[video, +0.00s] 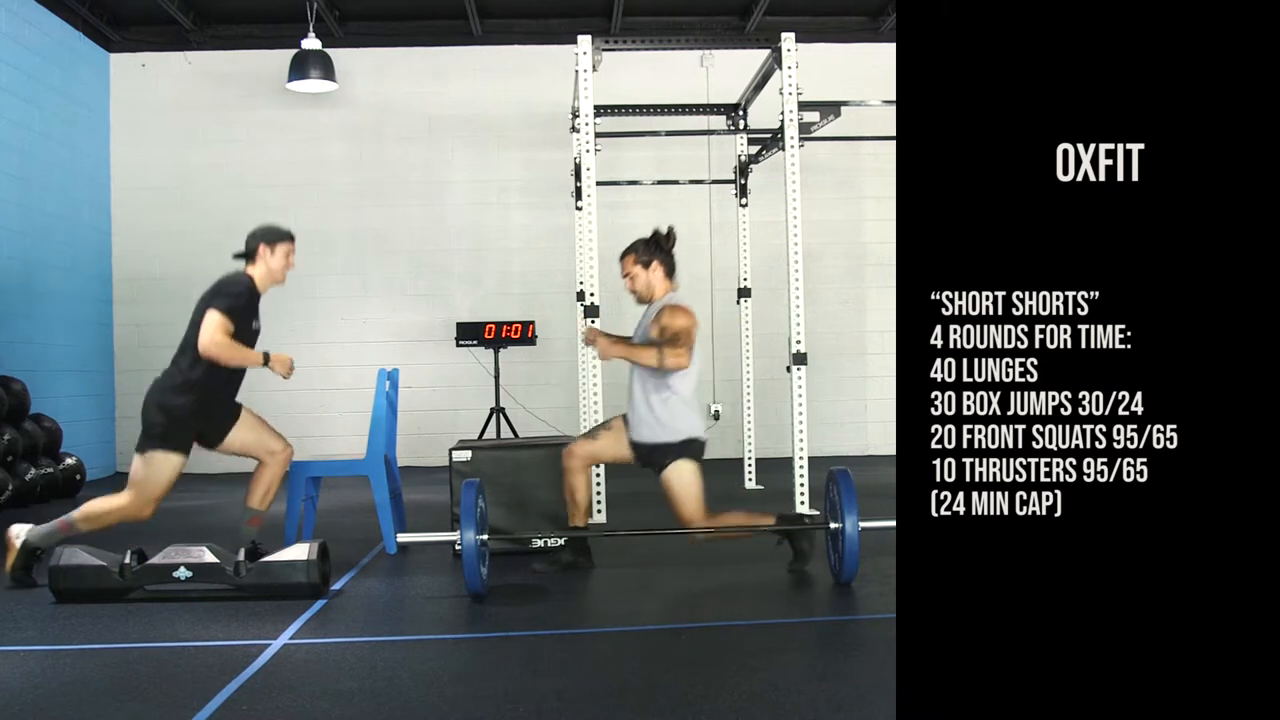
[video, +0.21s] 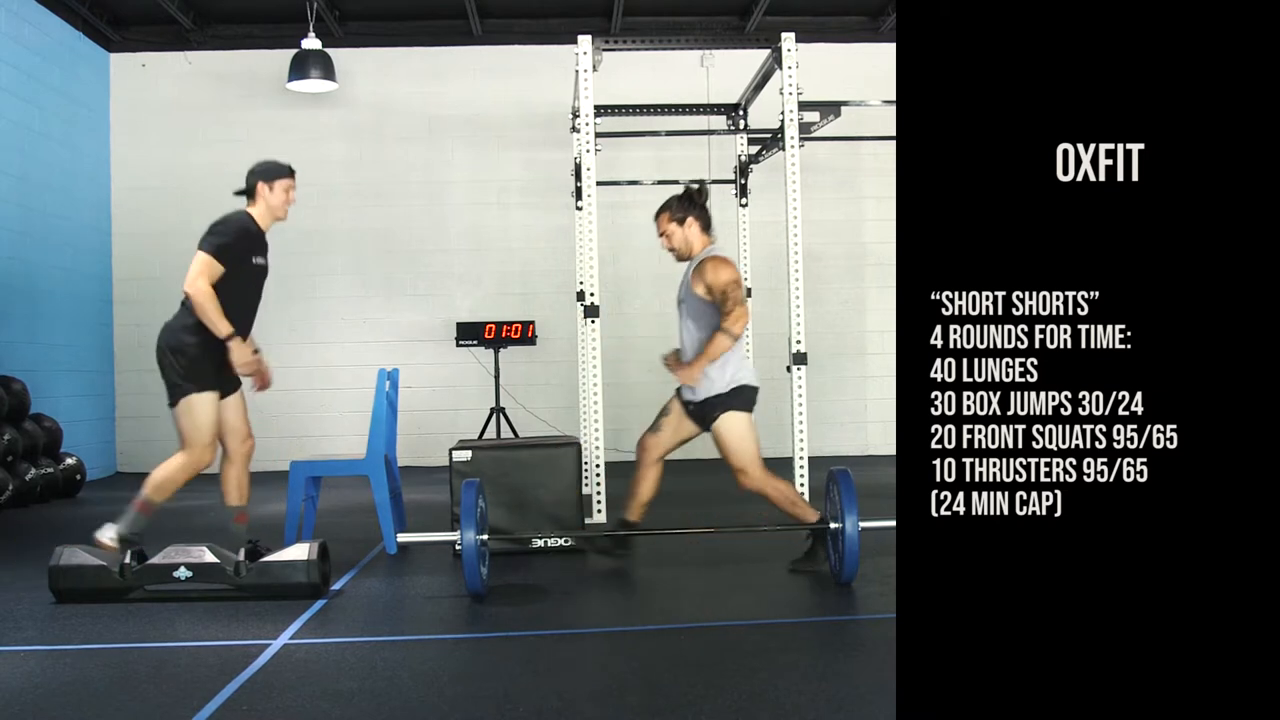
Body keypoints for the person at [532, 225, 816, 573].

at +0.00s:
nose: (626, 284)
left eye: (630, 275)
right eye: (624, 277)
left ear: (655, 269)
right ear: (652, 272)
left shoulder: (676, 314)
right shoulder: (654, 313)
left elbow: (678, 357)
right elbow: (650, 352)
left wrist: (616, 350)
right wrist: (607, 341)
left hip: (674, 438)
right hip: (642, 430)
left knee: (698, 527)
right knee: (575, 455)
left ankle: (789, 525)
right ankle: (577, 545)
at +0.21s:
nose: (664, 243)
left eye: (666, 234)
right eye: (661, 236)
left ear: (690, 225)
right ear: (689, 227)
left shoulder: (716, 267)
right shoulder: (695, 272)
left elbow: (737, 318)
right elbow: (713, 329)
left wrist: (697, 365)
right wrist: (683, 356)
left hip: (727, 389)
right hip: (699, 390)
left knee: (751, 476)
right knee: (649, 447)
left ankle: (820, 526)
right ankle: (625, 532)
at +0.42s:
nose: (682, 228)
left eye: (684, 219)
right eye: (680, 222)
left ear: (709, 210)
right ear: (707, 212)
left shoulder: (734, 253)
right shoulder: (718, 256)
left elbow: (772, 299)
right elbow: (736, 320)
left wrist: (763, 366)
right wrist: (719, 372)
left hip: (747, 382)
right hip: (722, 382)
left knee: (775, 463)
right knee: (695, 446)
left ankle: (829, 533)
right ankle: (752, 521)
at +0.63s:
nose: (680, 225)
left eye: (682, 216)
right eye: (678, 218)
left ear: (705, 208)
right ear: (704, 210)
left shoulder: (725, 253)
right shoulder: (714, 254)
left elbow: (759, 303)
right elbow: (738, 314)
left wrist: (752, 369)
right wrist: (726, 374)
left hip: (742, 381)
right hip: (728, 382)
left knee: (764, 458)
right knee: (739, 457)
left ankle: (822, 528)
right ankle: (792, 530)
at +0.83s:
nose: (656, 231)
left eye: (657, 223)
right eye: (654, 224)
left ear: (678, 216)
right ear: (684, 216)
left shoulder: (697, 257)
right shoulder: (716, 253)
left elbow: (716, 311)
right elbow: (724, 319)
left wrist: (700, 371)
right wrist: (689, 352)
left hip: (718, 374)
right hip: (744, 373)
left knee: (663, 441)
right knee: (752, 454)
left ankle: (710, 519)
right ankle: (797, 534)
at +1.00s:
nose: (627, 260)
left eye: (629, 251)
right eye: (626, 253)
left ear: (649, 245)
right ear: (655, 244)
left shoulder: (662, 284)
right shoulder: (685, 277)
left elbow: (666, 335)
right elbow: (688, 337)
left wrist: (642, 380)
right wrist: (652, 365)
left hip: (693, 400)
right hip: (722, 398)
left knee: (626, 452)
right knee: (718, 477)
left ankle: (608, 538)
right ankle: (786, 524)